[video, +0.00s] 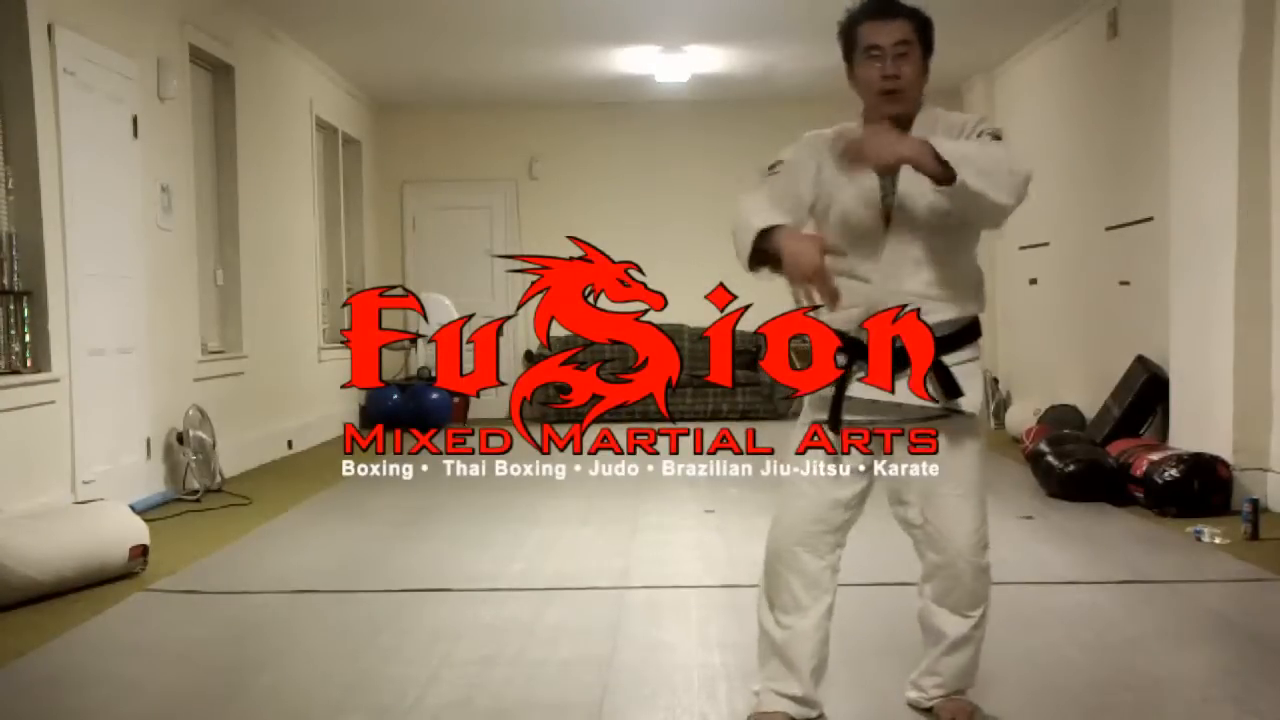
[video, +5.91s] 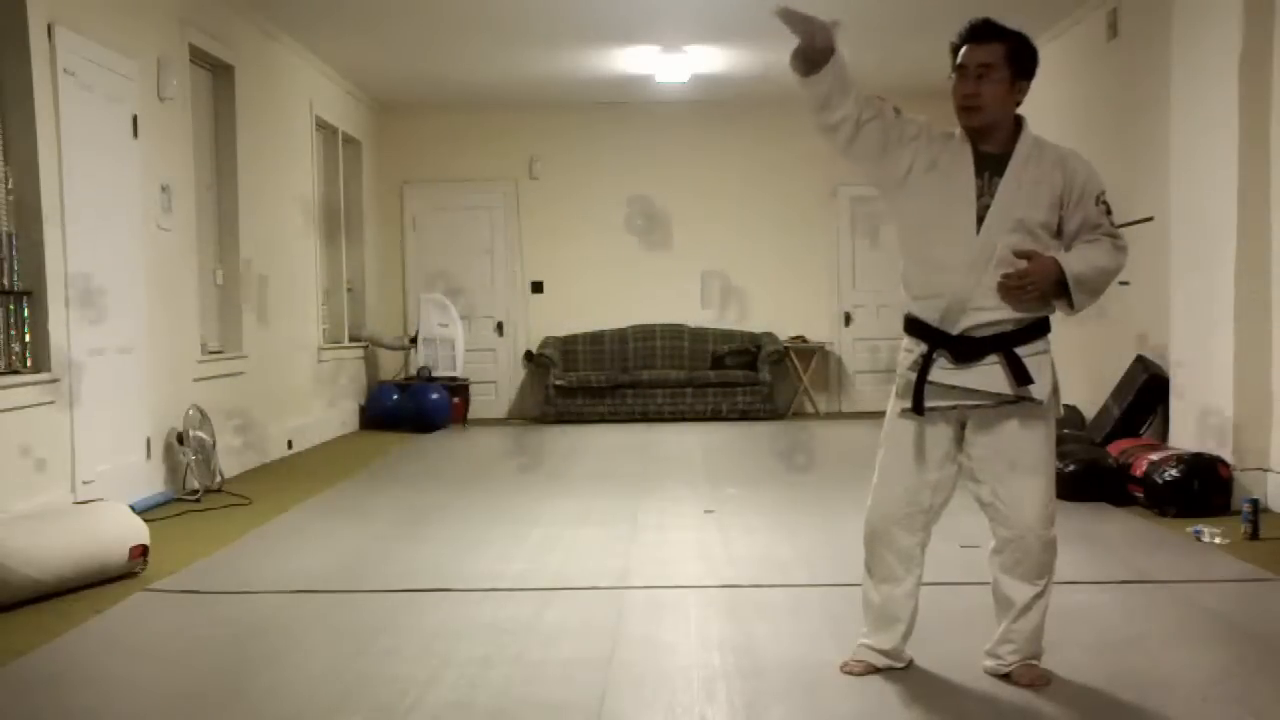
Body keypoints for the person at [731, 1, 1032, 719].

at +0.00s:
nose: (890, 67)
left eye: (903, 52)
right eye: (873, 55)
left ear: (926, 63)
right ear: (850, 70)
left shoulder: (963, 135)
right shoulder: (818, 149)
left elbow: (1007, 190)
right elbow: (751, 208)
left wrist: (915, 153)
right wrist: (781, 240)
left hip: (941, 369)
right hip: (836, 370)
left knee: (959, 549)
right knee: (796, 542)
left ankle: (944, 694)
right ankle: (785, 701)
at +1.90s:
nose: (884, 95)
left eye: (896, 82)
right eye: (867, 83)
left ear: (913, 92)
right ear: (844, 98)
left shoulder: (950, 162)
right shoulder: (815, 173)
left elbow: (1024, 221)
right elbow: (750, 243)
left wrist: (957, 249)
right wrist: (771, 239)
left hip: (925, 360)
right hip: (842, 367)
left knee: (970, 512)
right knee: (841, 519)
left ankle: (1011, 645)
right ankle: (871, 644)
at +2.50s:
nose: (941, 96)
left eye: (957, 82)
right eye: (931, 82)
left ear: (987, 88)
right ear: (918, 88)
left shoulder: (1035, 162)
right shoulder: (880, 160)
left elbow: (1085, 233)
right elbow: (790, 191)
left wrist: (1053, 260)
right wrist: (810, 146)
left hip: (1000, 369)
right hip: (907, 371)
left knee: (1022, 523)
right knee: (880, 518)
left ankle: (1015, 654)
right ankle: (877, 642)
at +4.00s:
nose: (940, 85)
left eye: (957, 73)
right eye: (931, 73)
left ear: (988, 85)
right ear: (919, 86)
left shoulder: (1031, 167)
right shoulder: (887, 154)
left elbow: (1079, 243)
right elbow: (836, 121)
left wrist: (1032, 267)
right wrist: (858, 60)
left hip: (989, 362)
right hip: (896, 363)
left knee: (1011, 521)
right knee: (881, 516)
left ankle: (1014, 651)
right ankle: (879, 643)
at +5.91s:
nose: (967, 87)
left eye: (984, 73)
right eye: (960, 74)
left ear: (1020, 89)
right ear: (950, 84)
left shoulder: (1063, 171)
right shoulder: (915, 154)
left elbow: (1107, 249)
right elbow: (850, 118)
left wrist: (1064, 273)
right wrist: (818, 54)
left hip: (1016, 370)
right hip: (927, 367)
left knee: (1027, 527)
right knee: (892, 518)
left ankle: (1016, 653)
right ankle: (882, 642)